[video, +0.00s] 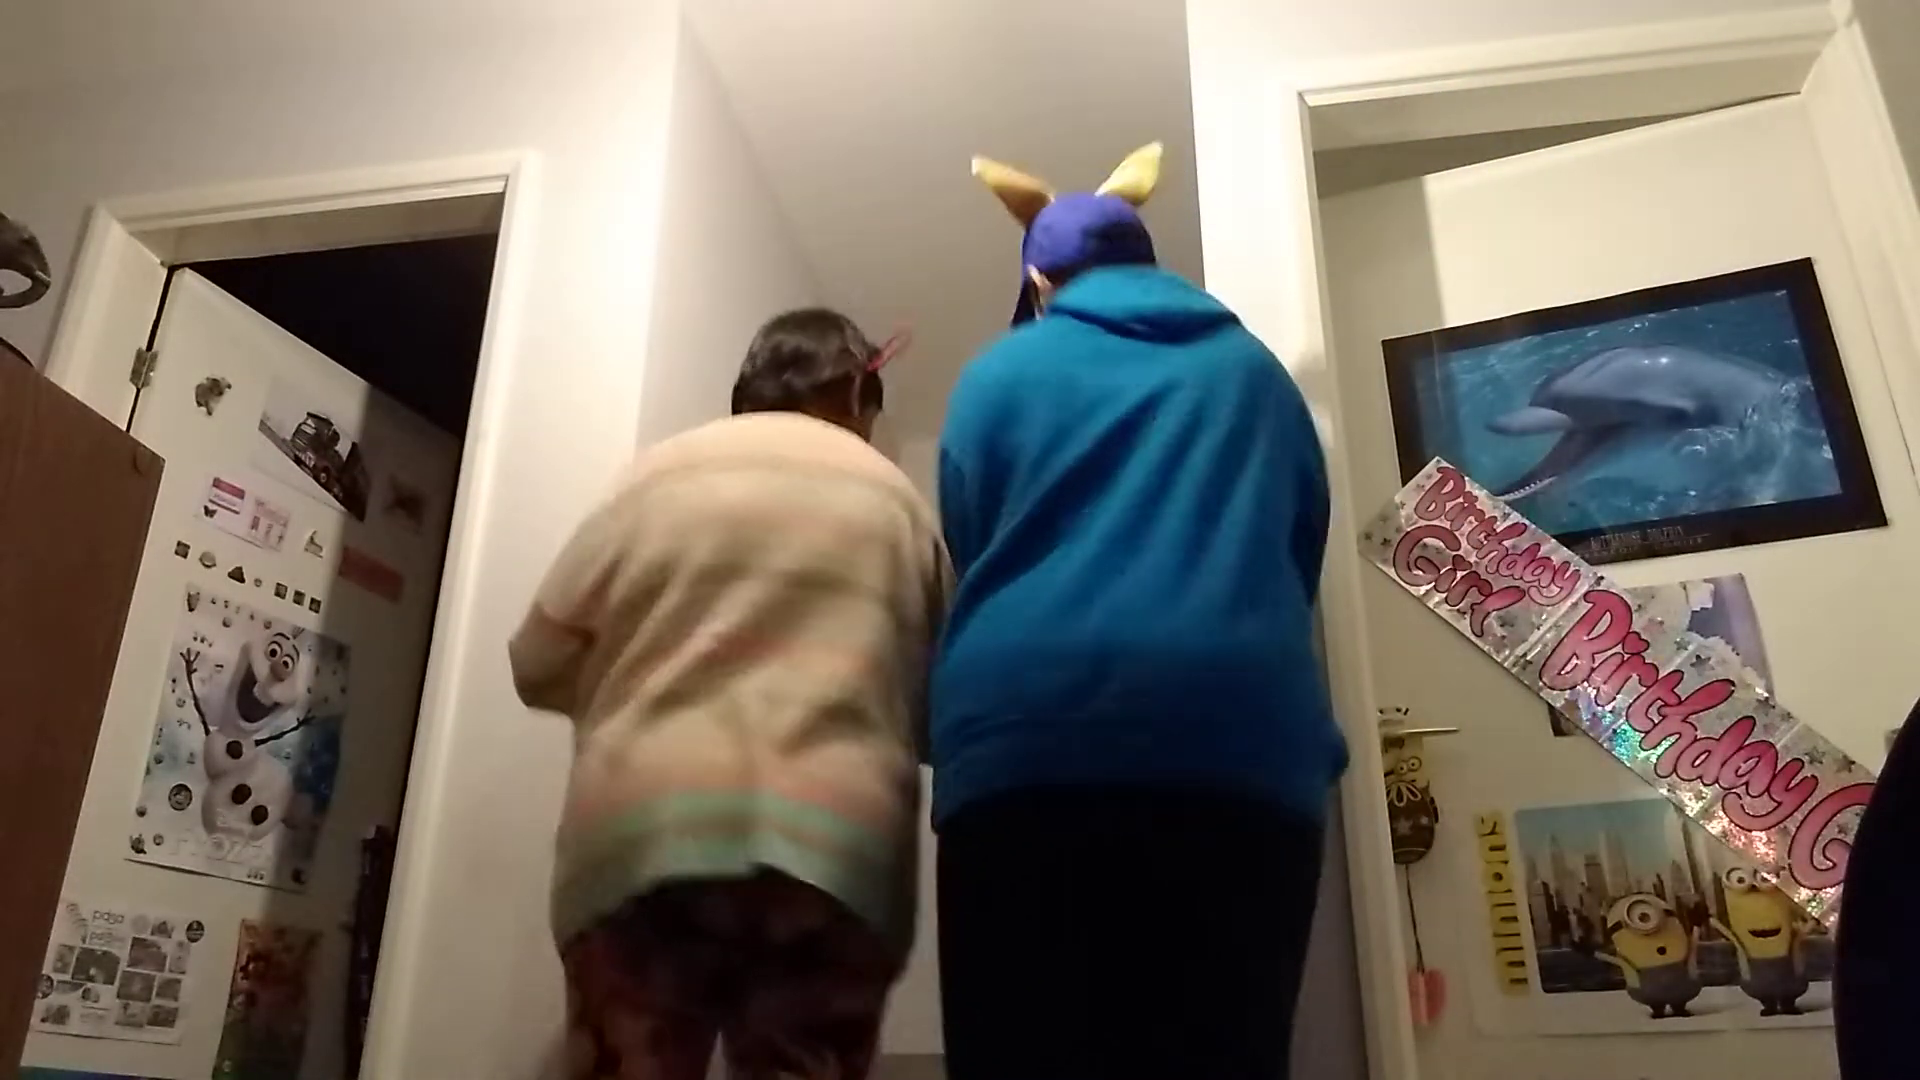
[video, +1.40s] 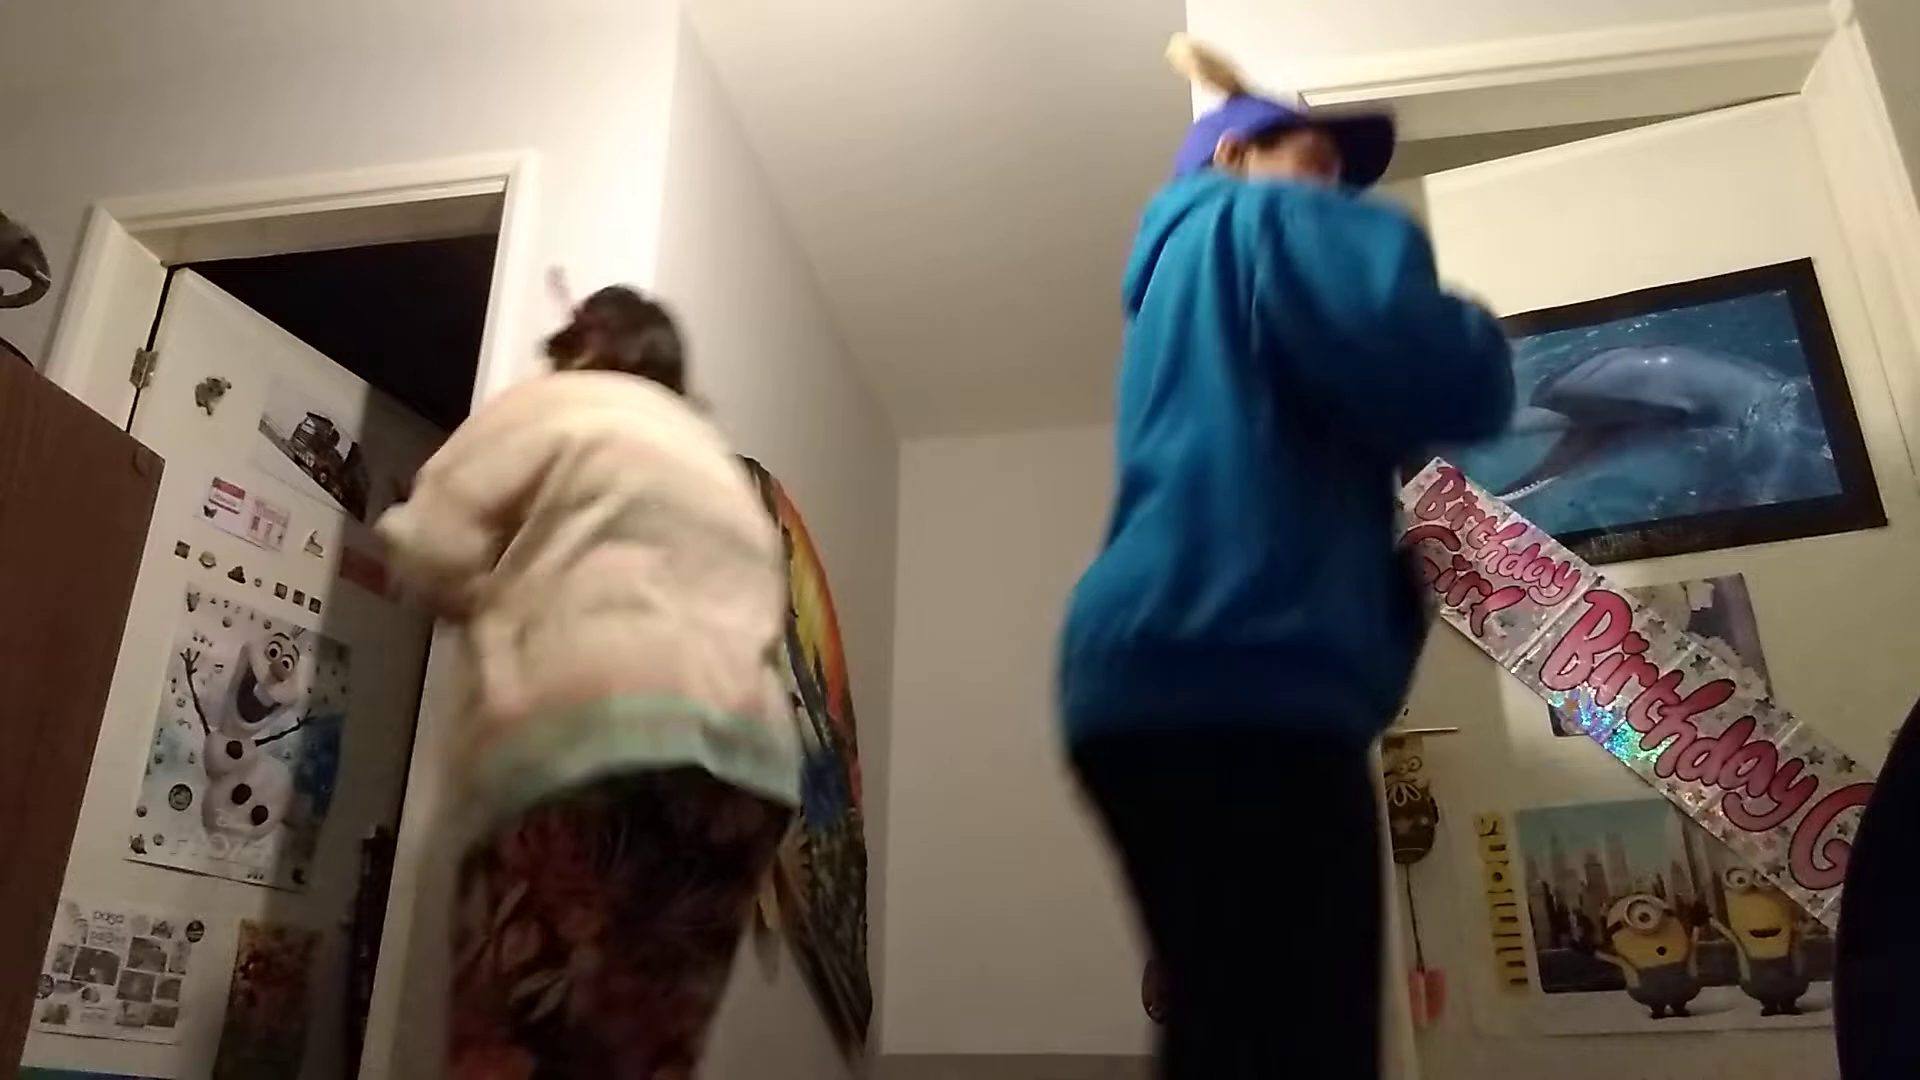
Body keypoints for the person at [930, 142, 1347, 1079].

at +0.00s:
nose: (1022, 304)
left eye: (1023, 289)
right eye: (1025, 290)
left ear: (1040, 286)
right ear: (1150, 266)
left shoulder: (1001, 372)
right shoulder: (1259, 370)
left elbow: (968, 543)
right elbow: (1305, 536)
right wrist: (1258, 650)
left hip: (1021, 750)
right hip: (1250, 754)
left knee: (1019, 1040)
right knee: (1226, 1044)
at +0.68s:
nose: (1038, 279)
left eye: (1042, 266)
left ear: (1056, 276)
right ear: (1175, 256)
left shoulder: (1003, 363)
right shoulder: (1266, 358)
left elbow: (954, 552)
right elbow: (1319, 599)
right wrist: (1251, 682)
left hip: (1003, 760)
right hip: (1236, 761)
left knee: (1019, 1047)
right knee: (1229, 1046)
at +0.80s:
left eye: (1068, 210)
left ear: (1063, 232)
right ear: (1182, 214)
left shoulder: (989, 351)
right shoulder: (1263, 315)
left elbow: (973, 535)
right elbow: (1358, 541)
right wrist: (1254, 602)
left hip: (1021, 740)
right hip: (1245, 728)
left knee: (1038, 1043)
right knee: (1266, 1037)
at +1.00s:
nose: (1228, 247)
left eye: (1225, 231)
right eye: (1217, 228)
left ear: (1088, 227)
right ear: (1172, 213)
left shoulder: (1018, 360)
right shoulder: (1212, 285)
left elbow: (1000, 534)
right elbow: (1353, 482)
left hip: (1015, 729)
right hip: (1220, 715)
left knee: (1037, 1034)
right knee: (1240, 1031)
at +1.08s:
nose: (1246, 246)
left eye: (1246, 228)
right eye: (1231, 224)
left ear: (1121, 222)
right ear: (1165, 208)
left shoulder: (1048, 359)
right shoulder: (1220, 280)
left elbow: (996, 553)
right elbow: (1339, 476)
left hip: (1008, 730)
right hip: (1198, 714)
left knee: (1051, 1038)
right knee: (1240, 1036)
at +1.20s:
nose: (1296, 251)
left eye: (1295, 233)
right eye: (1275, 226)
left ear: (1177, 229)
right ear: (1201, 217)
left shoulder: (1114, 342)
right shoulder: (1243, 290)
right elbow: (1350, 493)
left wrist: (1379, 432)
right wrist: (1410, 438)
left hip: (1026, 749)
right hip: (1175, 739)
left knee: (1104, 1054)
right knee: (1279, 1049)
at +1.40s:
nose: (1332, 182)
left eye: (1335, 163)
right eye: (1316, 155)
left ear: (1229, 157)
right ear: (1241, 149)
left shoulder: (1177, 256)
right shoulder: (1272, 221)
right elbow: (1462, 380)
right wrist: (1455, 326)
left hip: (1146, 683)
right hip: (1248, 678)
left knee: (1224, 1023)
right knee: (1305, 1027)